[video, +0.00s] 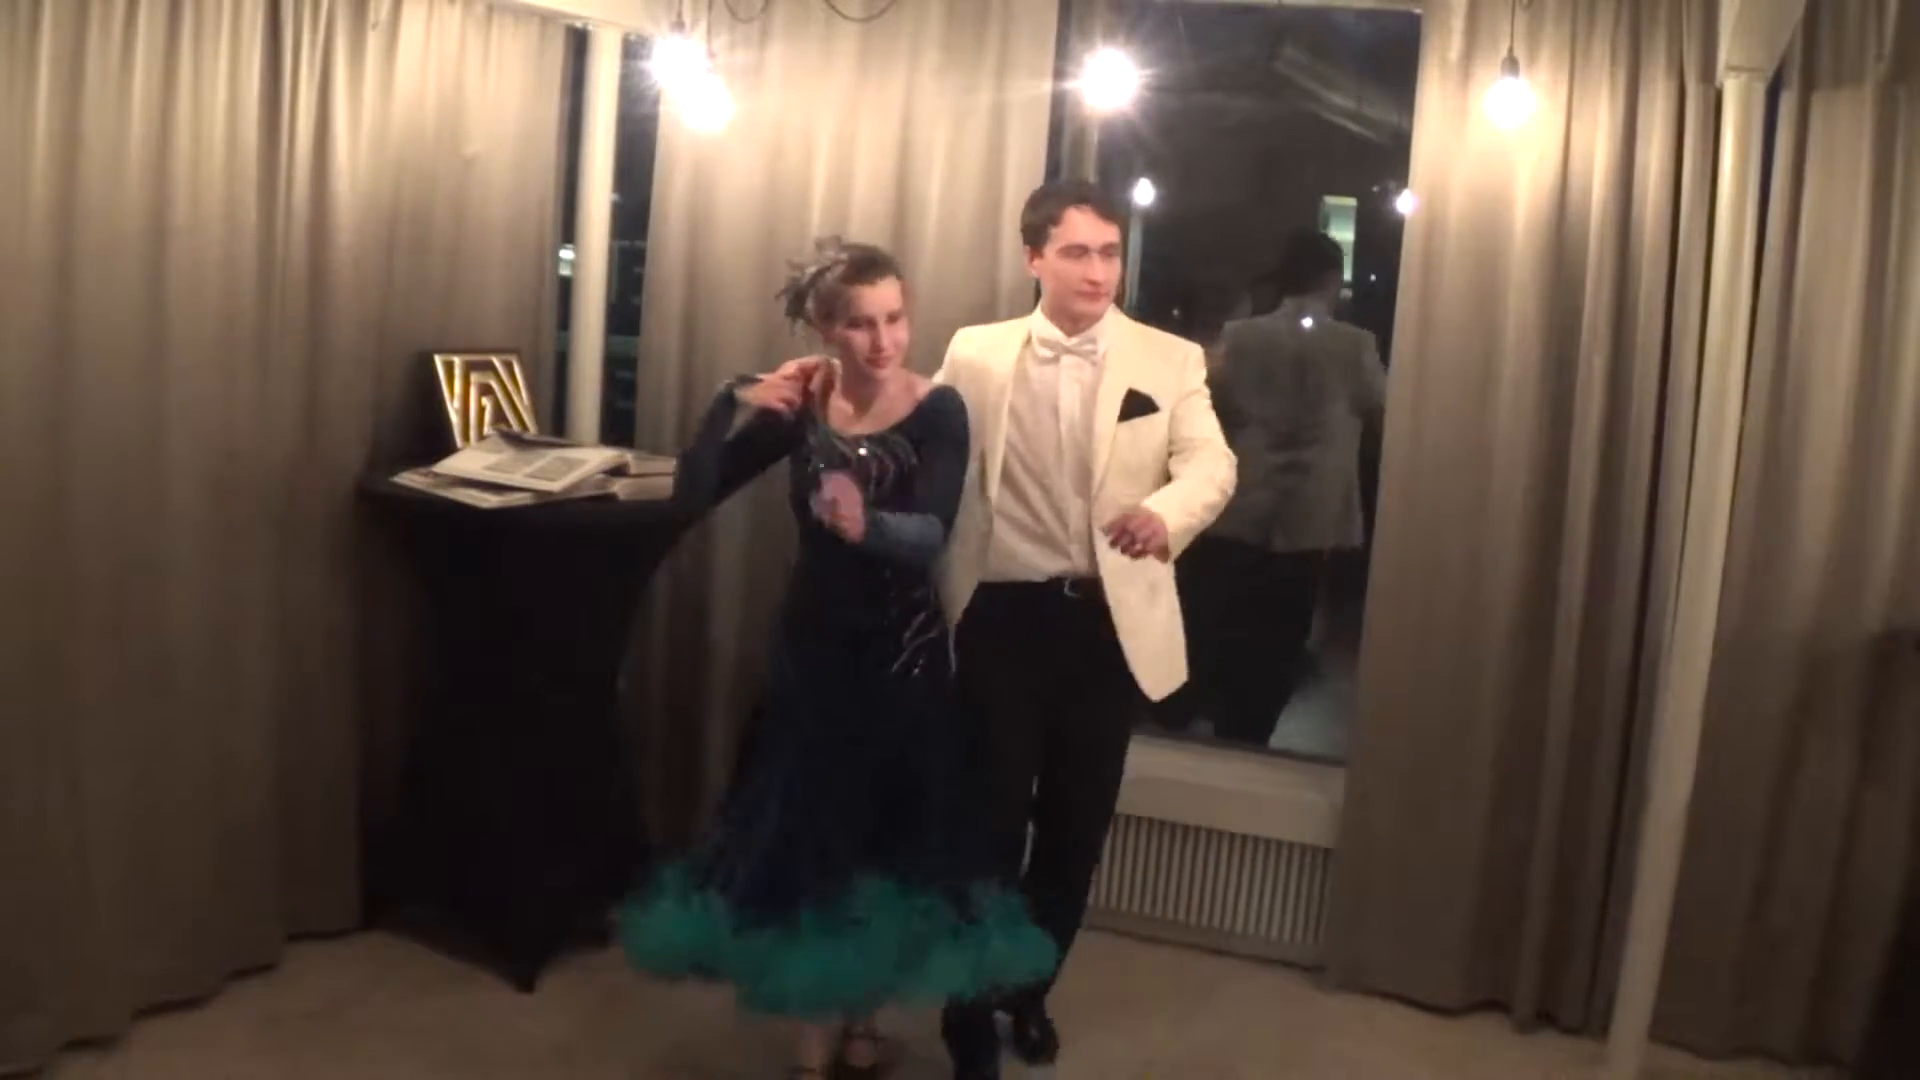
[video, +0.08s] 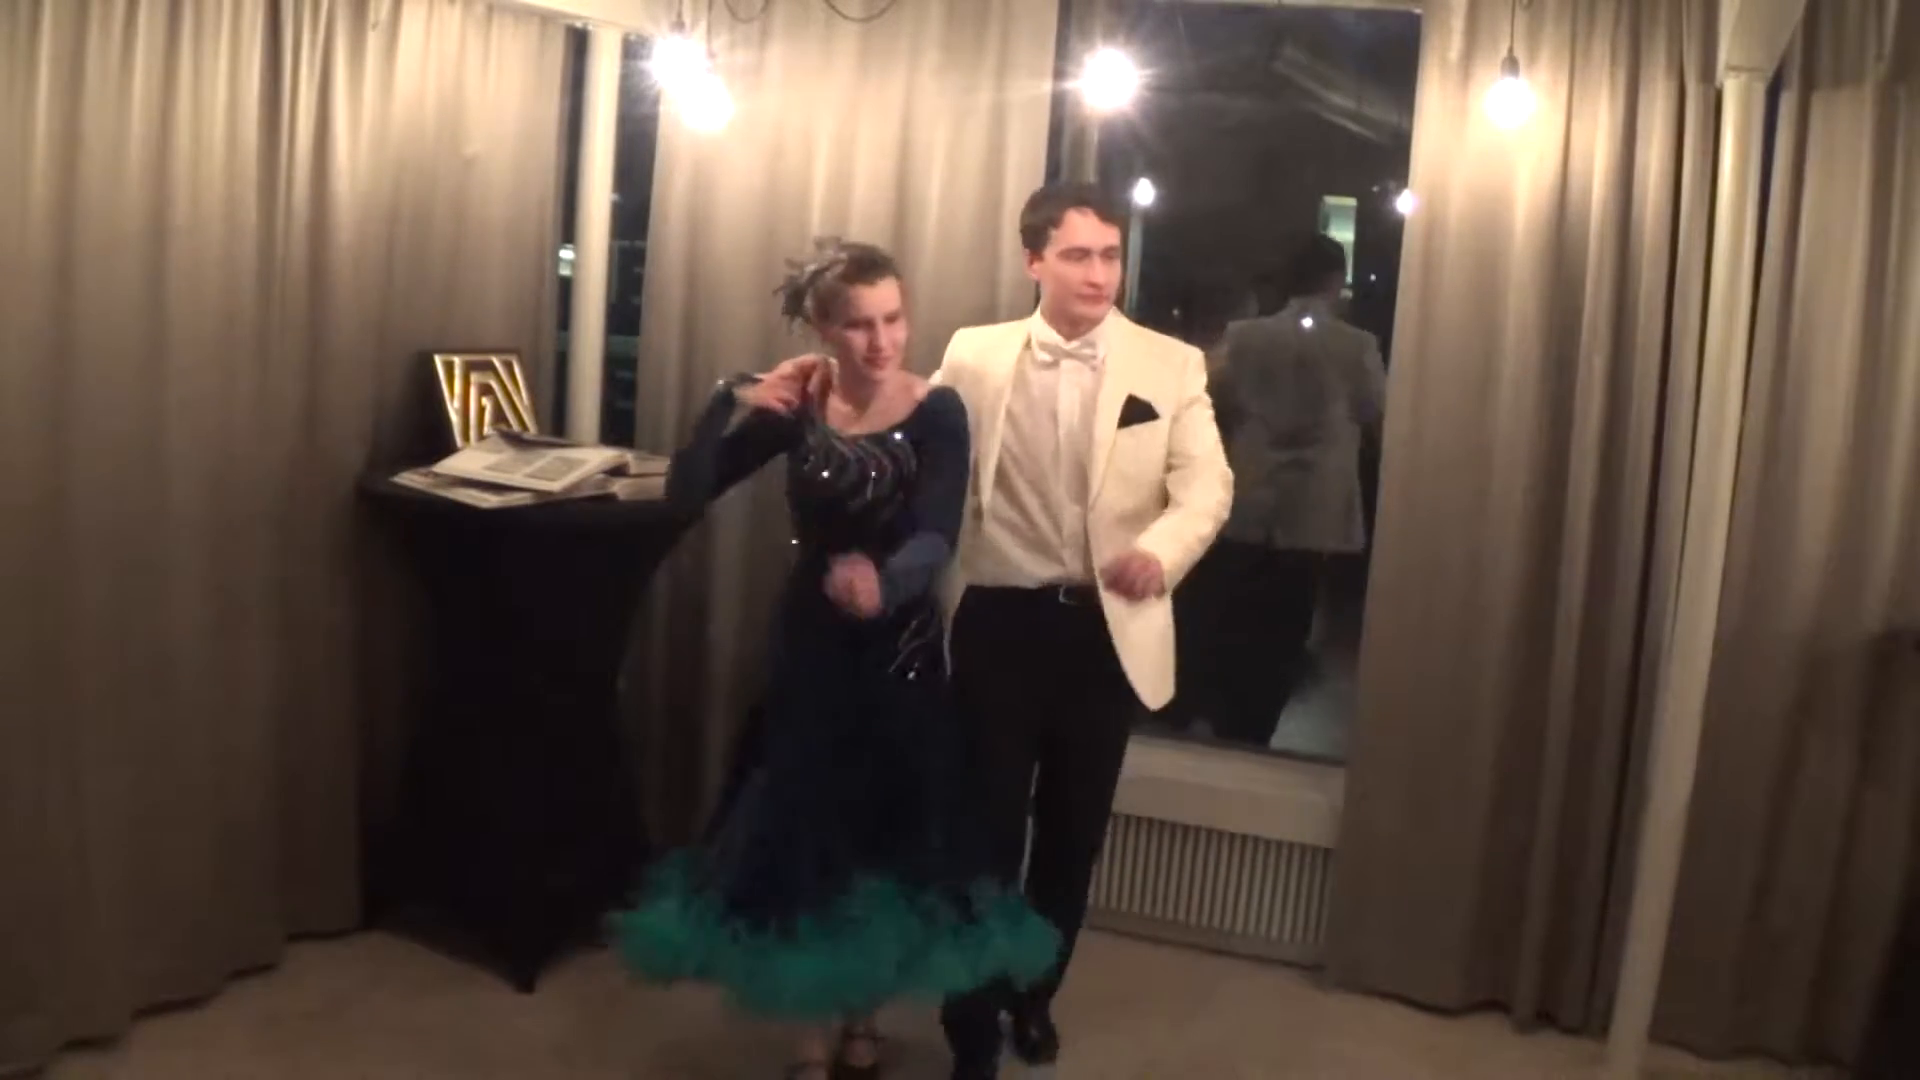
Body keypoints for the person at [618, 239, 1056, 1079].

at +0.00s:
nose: (881, 339)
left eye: (893, 319)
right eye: (860, 324)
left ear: (911, 314)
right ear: (824, 330)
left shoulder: (938, 412)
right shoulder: (804, 401)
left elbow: (931, 535)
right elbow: (697, 491)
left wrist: (865, 523)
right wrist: (741, 405)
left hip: (904, 642)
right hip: (817, 633)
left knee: (885, 819)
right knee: (806, 816)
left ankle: (862, 1013)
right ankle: (810, 1022)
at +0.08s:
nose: (880, 340)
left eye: (892, 320)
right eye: (859, 325)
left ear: (909, 316)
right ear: (823, 330)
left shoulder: (937, 412)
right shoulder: (801, 403)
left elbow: (936, 532)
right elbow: (690, 490)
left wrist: (889, 580)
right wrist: (743, 406)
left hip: (900, 635)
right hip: (814, 628)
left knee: (883, 814)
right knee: (804, 808)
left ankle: (862, 1008)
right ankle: (809, 1021)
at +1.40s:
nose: (952, 435)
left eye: (958, 417)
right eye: (940, 410)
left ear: (894, 403)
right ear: (872, 393)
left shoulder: (917, 529)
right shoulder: (750, 471)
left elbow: (1046, 631)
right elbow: (597, 514)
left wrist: (1186, 621)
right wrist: (706, 433)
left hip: (835, 790)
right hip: (723, 775)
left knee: (830, 1009)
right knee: (688, 1000)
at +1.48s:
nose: (948, 423)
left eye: (956, 405)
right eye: (940, 397)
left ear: (892, 392)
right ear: (871, 376)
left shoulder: (915, 514)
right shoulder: (749, 456)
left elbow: (1047, 612)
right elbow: (590, 501)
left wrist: (1187, 586)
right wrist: (704, 411)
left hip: (831, 776)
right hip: (716, 761)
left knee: (822, 1002)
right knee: (678, 988)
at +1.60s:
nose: (940, 411)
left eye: (950, 392)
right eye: (931, 384)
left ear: (889, 374)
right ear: (862, 362)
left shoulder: (910, 501)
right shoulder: (740, 439)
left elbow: (1046, 611)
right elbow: (575, 487)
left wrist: (1182, 563)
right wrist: (690, 396)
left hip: (829, 762)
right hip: (710, 747)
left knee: (815, 981)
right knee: (685, 971)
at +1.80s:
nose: (905, 406)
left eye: (914, 384)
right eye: (888, 379)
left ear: (917, 385)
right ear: (819, 362)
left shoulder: (902, 501)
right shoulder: (713, 466)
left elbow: (960, 674)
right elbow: (552, 545)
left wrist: (1090, 623)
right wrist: (638, 435)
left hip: (836, 781)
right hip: (712, 773)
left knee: (828, 1005)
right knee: (691, 1001)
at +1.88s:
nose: (886, 405)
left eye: (895, 385)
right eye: (866, 381)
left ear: (902, 384)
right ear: (794, 365)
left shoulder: (892, 500)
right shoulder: (705, 463)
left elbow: (907, 689)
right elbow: (559, 571)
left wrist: (1004, 661)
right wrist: (622, 457)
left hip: (837, 786)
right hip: (712, 779)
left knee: (830, 1013)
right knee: (698, 1004)